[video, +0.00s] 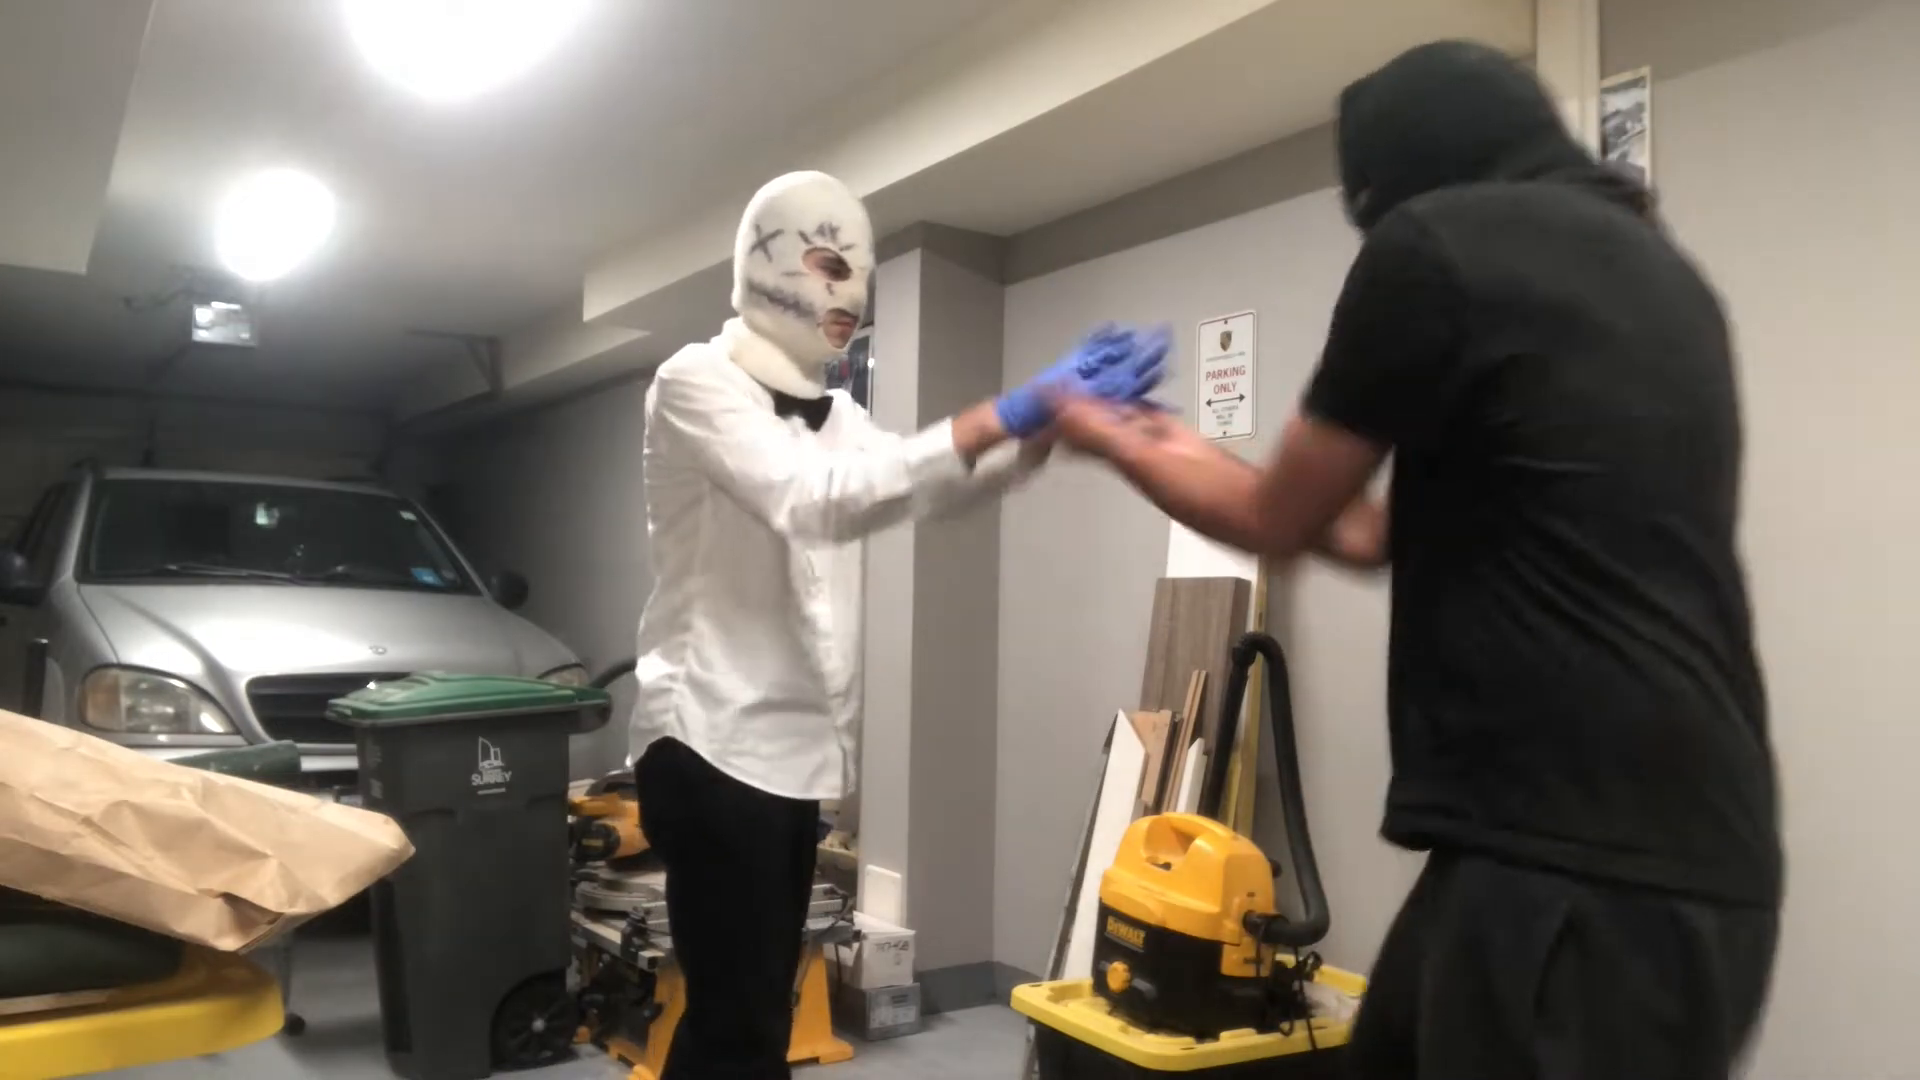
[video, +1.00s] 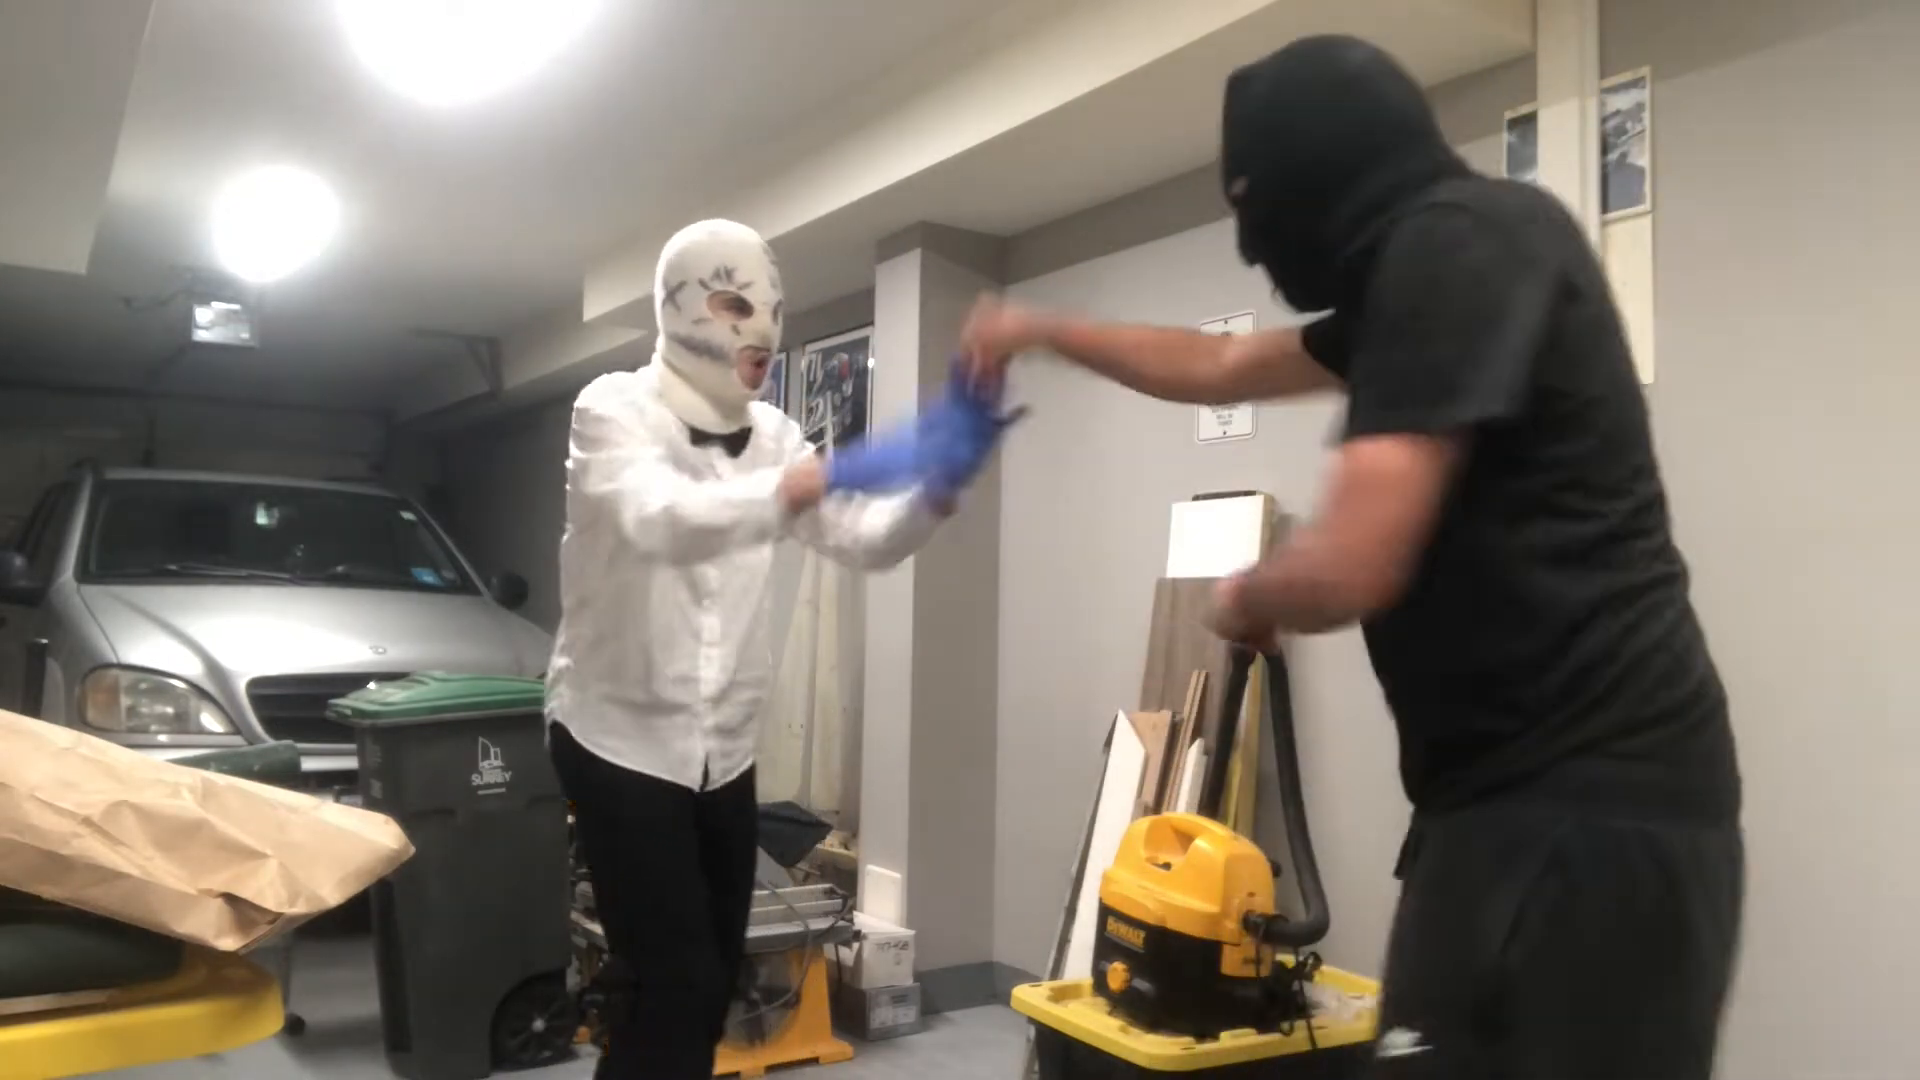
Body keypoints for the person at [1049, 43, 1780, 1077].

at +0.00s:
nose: (1363, 220)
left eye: (1365, 194)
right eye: (1359, 198)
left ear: (1401, 160)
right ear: (1526, 130)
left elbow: (1269, 516)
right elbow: (1377, 535)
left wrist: (1102, 435)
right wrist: (1199, 453)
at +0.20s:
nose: (1272, 301)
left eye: (1272, 272)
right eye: (1268, 280)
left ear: (1309, 238)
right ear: (1406, 213)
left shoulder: (1368, 303)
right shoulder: (1513, 326)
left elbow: (1135, 500)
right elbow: (1288, 539)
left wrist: (1001, 436)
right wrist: (1155, 473)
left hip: (1539, 894)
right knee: (1331, 1058)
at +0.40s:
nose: (1269, 344)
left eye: (1268, 318)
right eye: (1261, 323)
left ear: (1312, 282)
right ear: (1404, 247)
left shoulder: (1382, 345)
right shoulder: (1544, 368)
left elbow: (1168, 540)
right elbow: (1390, 592)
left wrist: (1043, 615)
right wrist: (1200, 574)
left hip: (1426, 905)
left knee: (1259, 1057)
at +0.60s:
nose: (1265, 351)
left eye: (1265, 314)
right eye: (1256, 320)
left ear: (1319, 286)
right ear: (1397, 254)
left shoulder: (1415, 385)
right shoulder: (1540, 377)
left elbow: (1282, 696)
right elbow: (1424, 639)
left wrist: (1111, 730)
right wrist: (1226, 611)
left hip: (1352, 918)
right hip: (1453, 911)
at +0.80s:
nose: (1211, 264)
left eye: (1215, 230)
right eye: (1206, 235)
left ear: (1265, 212)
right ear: (1352, 181)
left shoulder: (1359, 300)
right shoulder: (1467, 282)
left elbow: (1157, 572)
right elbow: (1330, 520)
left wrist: (1065, 539)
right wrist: (1164, 464)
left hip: (1497, 857)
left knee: (1363, 1056)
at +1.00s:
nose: (1251, 242)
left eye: (1250, 203)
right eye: (1241, 211)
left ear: (1309, 171)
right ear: (1347, 162)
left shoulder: (1464, 242)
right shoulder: (1424, 276)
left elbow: (1352, 567)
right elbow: (1225, 363)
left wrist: (1248, 599)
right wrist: (1036, 328)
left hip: (1581, 822)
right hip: (1496, 813)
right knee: (1423, 1057)